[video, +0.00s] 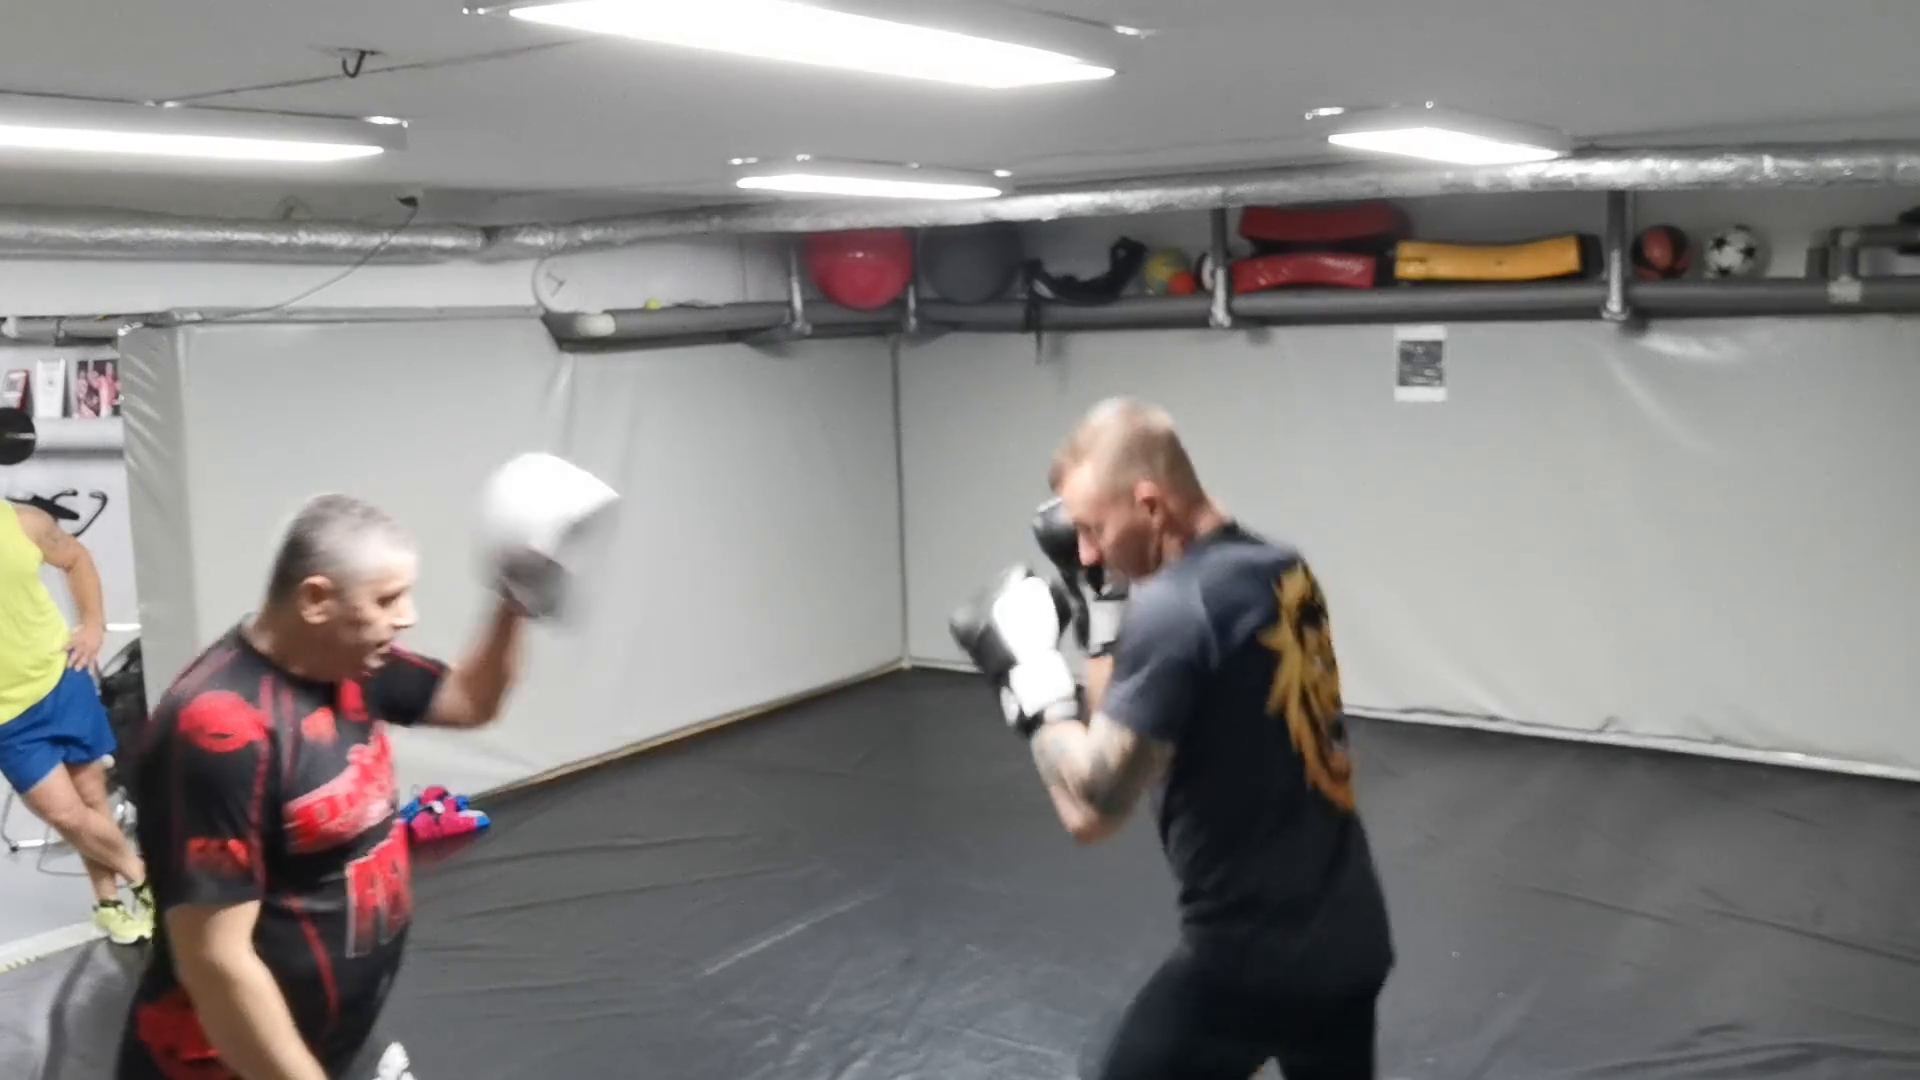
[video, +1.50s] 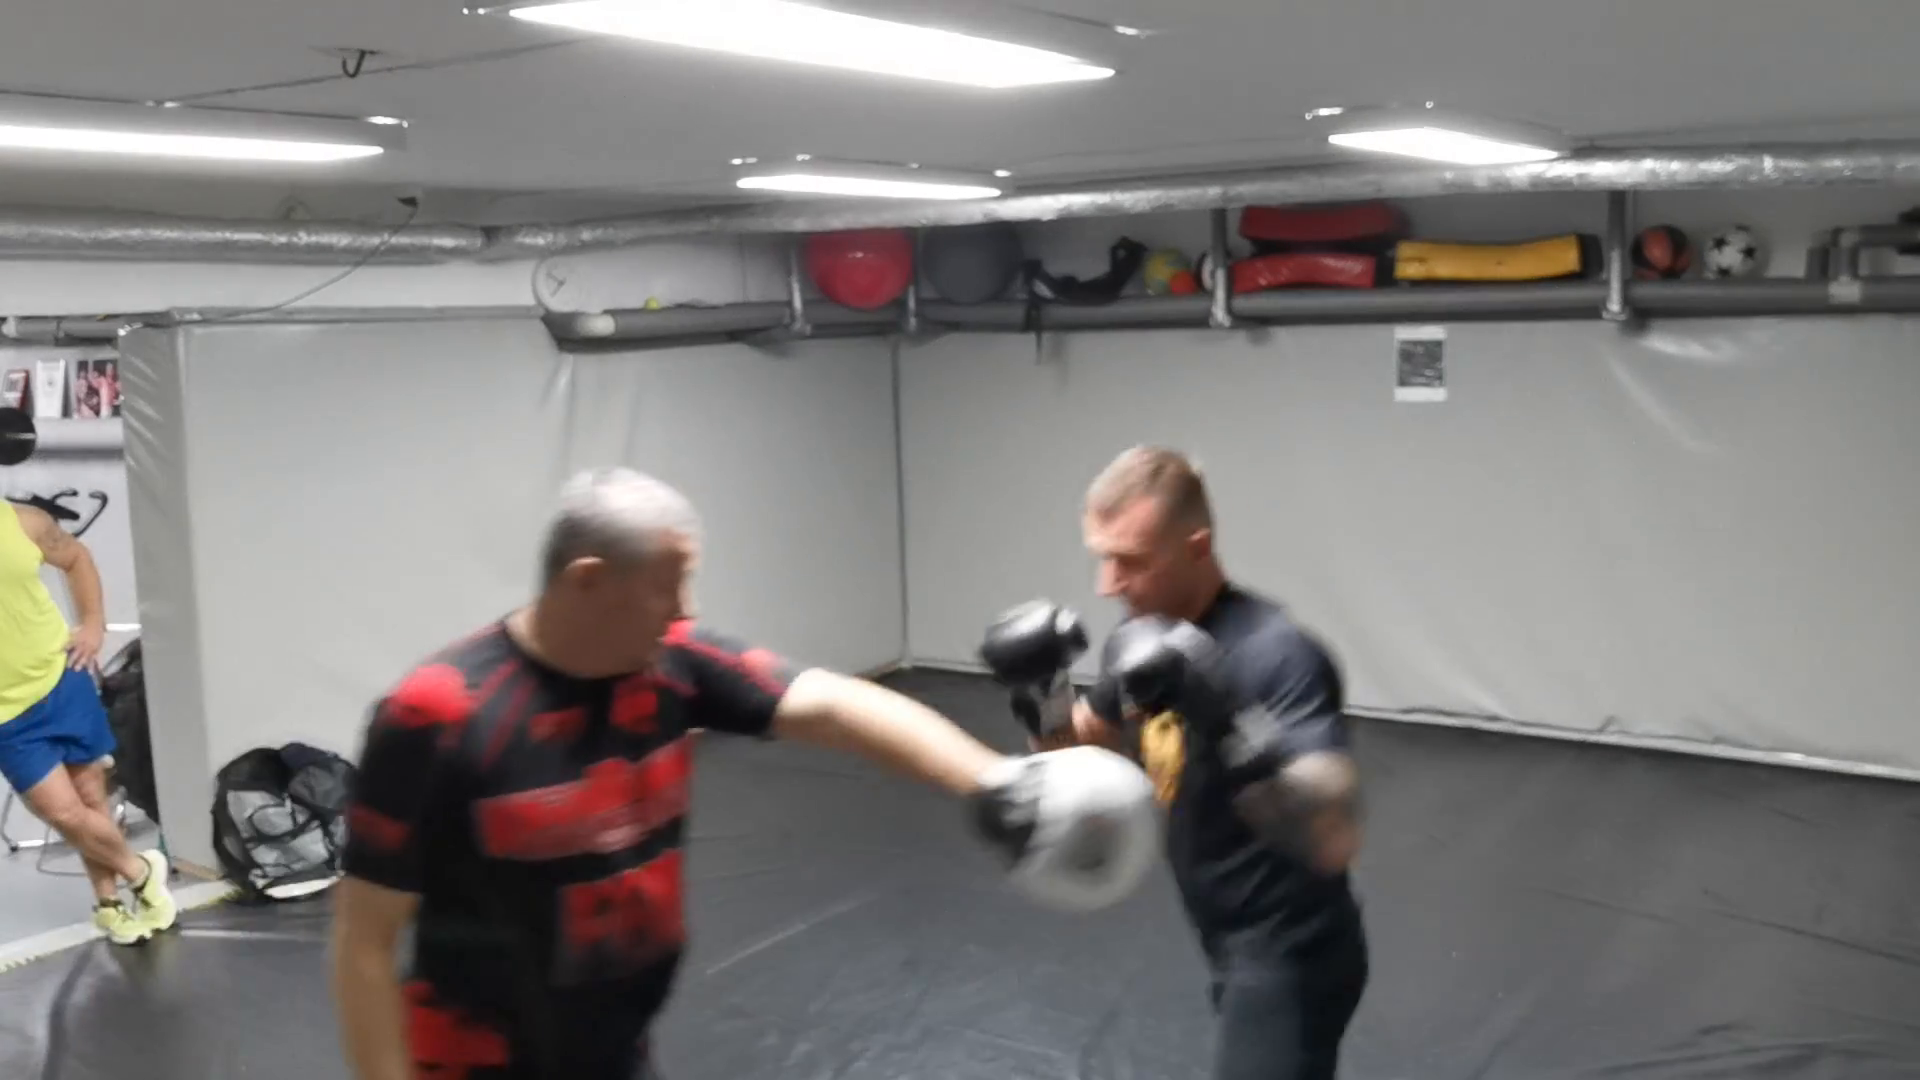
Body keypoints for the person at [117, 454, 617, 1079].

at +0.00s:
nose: (406, 618)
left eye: (405, 597)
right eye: (387, 601)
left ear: (319, 601)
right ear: (317, 600)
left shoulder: (342, 665)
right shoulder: (214, 726)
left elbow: (469, 700)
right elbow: (213, 958)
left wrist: (513, 599)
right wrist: (304, 1071)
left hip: (343, 1038)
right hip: (233, 1057)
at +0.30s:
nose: (339, 623)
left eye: (337, 600)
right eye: (314, 605)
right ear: (236, 605)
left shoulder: (291, 657)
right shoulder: (147, 727)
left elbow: (430, 688)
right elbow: (153, 965)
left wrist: (479, 612)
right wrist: (256, 1075)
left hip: (303, 1036)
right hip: (189, 1058)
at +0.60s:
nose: (236, 624)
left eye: (234, 600)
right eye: (208, 610)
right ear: (119, 616)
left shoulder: (252, 662)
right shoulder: (43, 761)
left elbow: (322, 772)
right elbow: (45, 988)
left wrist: (411, 830)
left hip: (292, 1040)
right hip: (157, 1062)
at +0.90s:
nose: (276, 641)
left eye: (275, 615)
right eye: (248, 623)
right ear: (157, 622)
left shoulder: (295, 699)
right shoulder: (33, 756)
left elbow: (403, 857)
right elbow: (3, 971)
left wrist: (348, 1014)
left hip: (275, 1058)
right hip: (111, 1066)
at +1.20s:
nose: (468, 668)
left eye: (471, 642)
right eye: (449, 643)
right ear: (361, 634)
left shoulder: (466, 715)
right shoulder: (216, 765)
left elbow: (588, 808)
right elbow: (131, 978)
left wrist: (585, 931)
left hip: (413, 1059)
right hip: (255, 1062)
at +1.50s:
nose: (685, 611)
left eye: (687, 589)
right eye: (670, 588)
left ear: (612, 584)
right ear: (587, 582)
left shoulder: (670, 665)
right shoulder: (432, 717)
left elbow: (832, 705)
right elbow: (363, 942)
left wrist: (997, 781)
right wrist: (389, 1079)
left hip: (616, 1050)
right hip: (478, 1060)